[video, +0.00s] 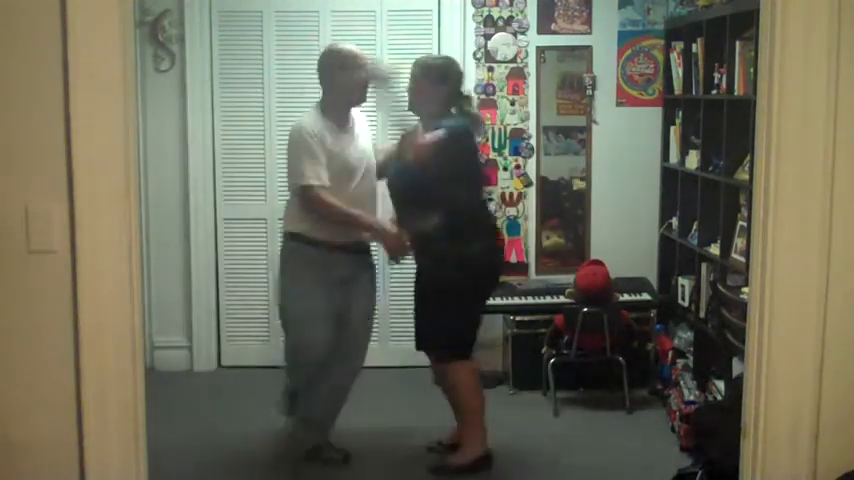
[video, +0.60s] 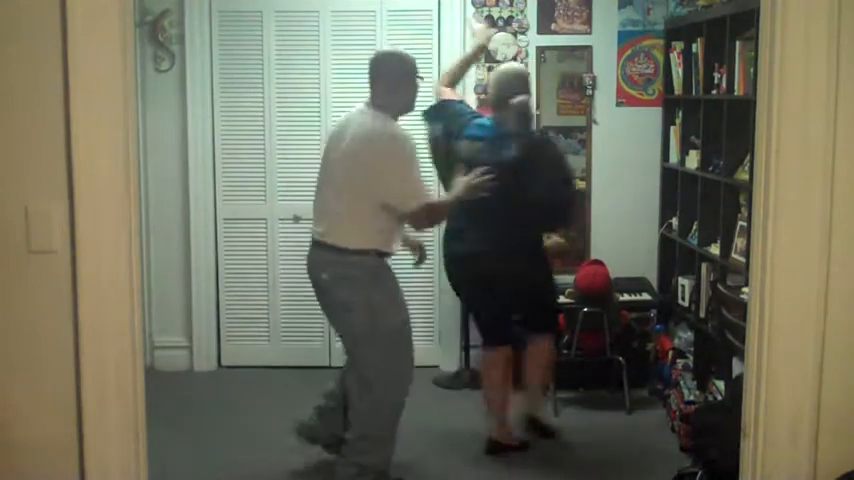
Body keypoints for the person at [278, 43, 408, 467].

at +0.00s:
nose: (368, 83)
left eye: (367, 76)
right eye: (359, 76)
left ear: (358, 81)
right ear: (333, 80)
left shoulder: (360, 127)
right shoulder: (306, 130)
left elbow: (366, 171)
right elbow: (310, 197)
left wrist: (402, 150)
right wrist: (379, 230)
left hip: (355, 256)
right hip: (309, 256)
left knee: (350, 352)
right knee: (312, 346)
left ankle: (316, 436)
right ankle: (300, 415)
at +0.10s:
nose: (374, 72)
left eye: (373, 65)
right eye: (364, 66)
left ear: (364, 73)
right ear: (335, 72)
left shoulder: (358, 122)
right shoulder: (311, 124)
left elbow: (366, 186)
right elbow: (298, 193)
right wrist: (363, 226)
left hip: (355, 249)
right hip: (314, 245)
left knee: (353, 346)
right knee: (338, 330)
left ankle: (307, 437)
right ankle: (283, 363)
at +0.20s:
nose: (382, 70)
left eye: (381, 63)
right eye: (373, 63)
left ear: (364, 70)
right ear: (345, 67)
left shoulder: (361, 122)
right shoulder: (318, 119)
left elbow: (365, 183)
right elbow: (292, 181)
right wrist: (357, 209)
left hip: (352, 242)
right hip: (318, 239)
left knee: (337, 341)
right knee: (371, 318)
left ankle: (307, 439)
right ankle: (289, 376)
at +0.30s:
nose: (388, 71)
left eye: (387, 64)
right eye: (379, 64)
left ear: (365, 69)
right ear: (351, 68)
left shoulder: (358, 117)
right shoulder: (331, 116)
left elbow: (351, 172)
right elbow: (304, 177)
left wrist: (388, 168)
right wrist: (375, 197)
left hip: (346, 240)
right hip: (327, 241)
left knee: (334, 339)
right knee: (389, 323)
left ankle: (309, 435)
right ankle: (326, 425)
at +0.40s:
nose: (396, 75)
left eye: (395, 67)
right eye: (389, 67)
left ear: (365, 72)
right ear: (363, 70)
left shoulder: (359, 118)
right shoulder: (342, 119)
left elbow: (353, 182)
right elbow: (333, 187)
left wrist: (402, 189)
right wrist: (399, 190)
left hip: (340, 247)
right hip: (338, 249)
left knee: (341, 349)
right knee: (386, 354)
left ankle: (307, 441)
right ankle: (372, 466)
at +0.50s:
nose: (407, 84)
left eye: (405, 76)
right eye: (400, 75)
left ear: (369, 79)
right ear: (375, 78)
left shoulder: (348, 122)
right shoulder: (368, 130)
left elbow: (357, 188)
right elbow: (372, 203)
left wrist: (407, 203)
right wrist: (428, 192)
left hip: (332, 254)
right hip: (351, 260)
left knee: (357, 357)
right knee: (381, 365)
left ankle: (312, 435)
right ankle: (367, 468)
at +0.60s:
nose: (418, 89)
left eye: (417, 81)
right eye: (412, 81)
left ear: (376, 83)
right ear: (391, 84)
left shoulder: (346, 127)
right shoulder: (390, 139)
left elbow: (352, 200)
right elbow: (421, 214)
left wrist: (399, 234)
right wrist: (459, 194)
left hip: (329, 260)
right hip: (358, 269)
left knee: (372, 355)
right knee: (389, 367)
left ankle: (329, 424)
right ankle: (366, 467)